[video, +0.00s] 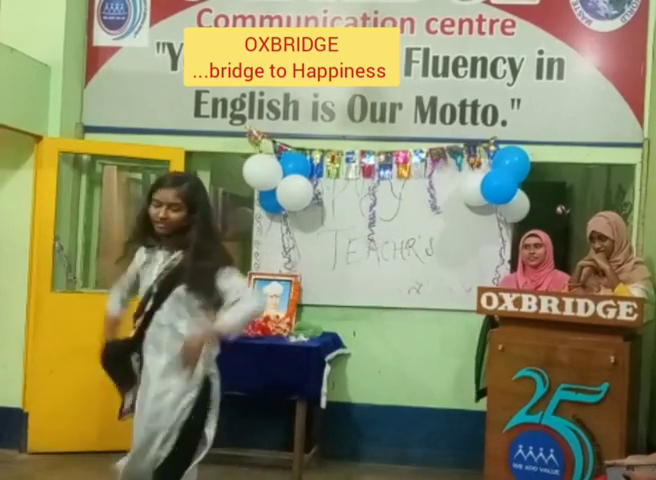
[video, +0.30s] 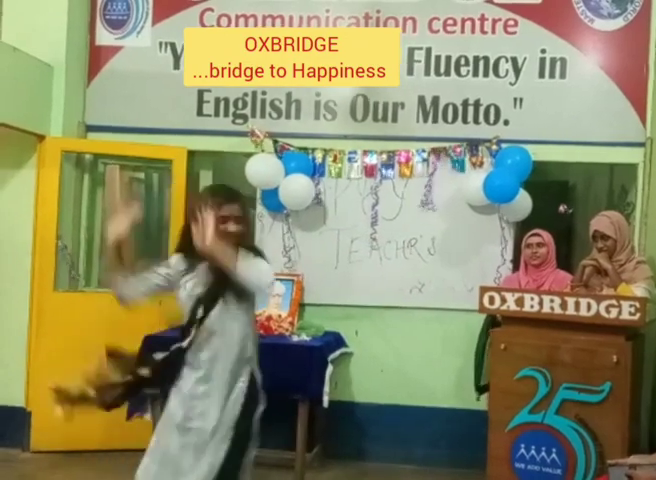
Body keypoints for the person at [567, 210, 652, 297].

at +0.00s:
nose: (596, 246)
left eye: (602, 239)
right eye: (592, 240)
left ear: (618, 238)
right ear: (589, 241)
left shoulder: (637, 269)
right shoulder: (588, 268)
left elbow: (633, 303)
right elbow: (569, 298)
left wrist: (607, 268)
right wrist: (579, 269)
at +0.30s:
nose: (599, 246)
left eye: (605, 238)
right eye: (595, 239)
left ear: (620, 237)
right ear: (591, 241)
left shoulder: (639, 268)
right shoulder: (590, 267)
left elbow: (637, 303)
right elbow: (572, 298)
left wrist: (610, 268)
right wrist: (581, 270)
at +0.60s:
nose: (600, 244)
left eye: (606, 237)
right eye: (596, 238)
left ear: (622, 236)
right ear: (593, 239)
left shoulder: (641, 267)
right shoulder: (591, 266)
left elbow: (638, 301)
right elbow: (574, 296)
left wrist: (611, 267)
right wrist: (582, 267)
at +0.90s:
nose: (601, 242)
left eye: (608, 235)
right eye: (597, 236)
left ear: (623, 234)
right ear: (594, 237)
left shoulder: (643, 265)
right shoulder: (591, 263)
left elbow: (639, 300)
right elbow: (575, 294)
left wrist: (612, 265)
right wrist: (583, 267)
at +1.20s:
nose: (602, 241)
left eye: (609, 233)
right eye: (598, 234)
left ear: (624, 232)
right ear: (595, 235)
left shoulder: (644, 265)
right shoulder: (592, 262)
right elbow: (575, 292)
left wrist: (613, 263)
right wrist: (584, 263)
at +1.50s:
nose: (603, 240)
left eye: (609, 232)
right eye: (599, 234)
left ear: (624, 232)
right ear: (595, 235)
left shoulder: (644, 263)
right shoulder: (592, 261)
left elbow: (640, 299)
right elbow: (575, 294)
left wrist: (613, 263)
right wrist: (584, 264)